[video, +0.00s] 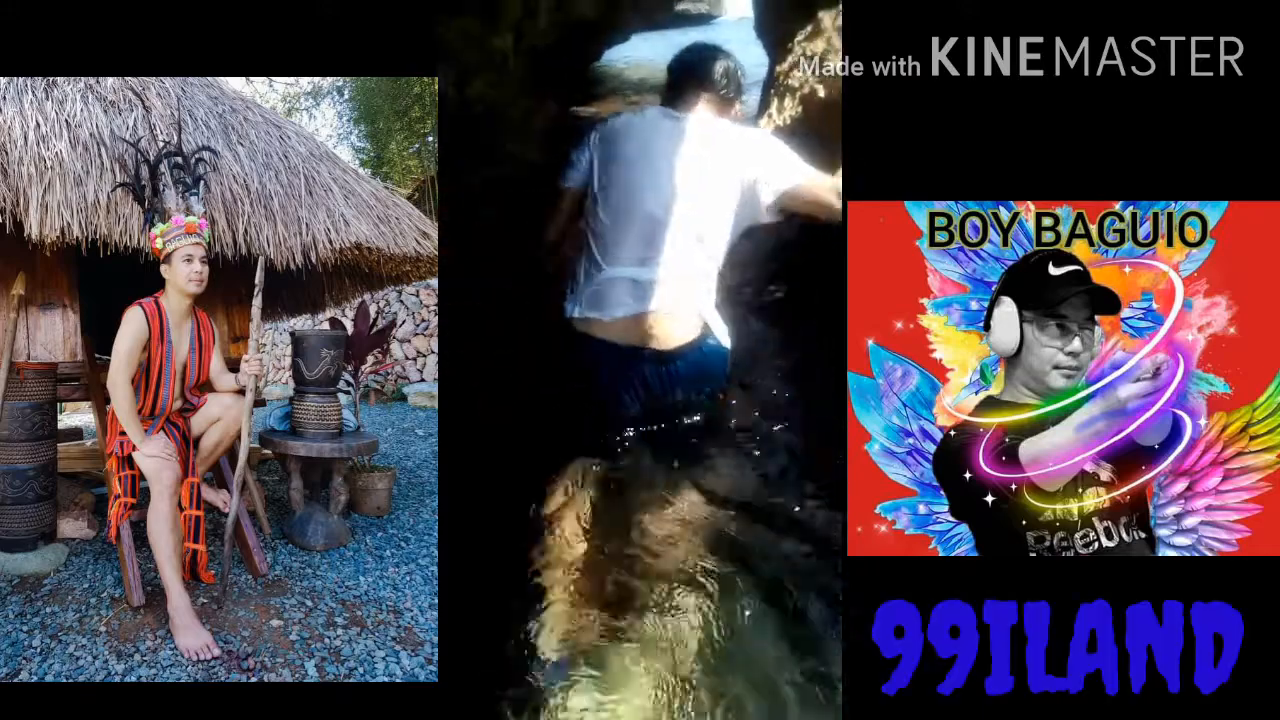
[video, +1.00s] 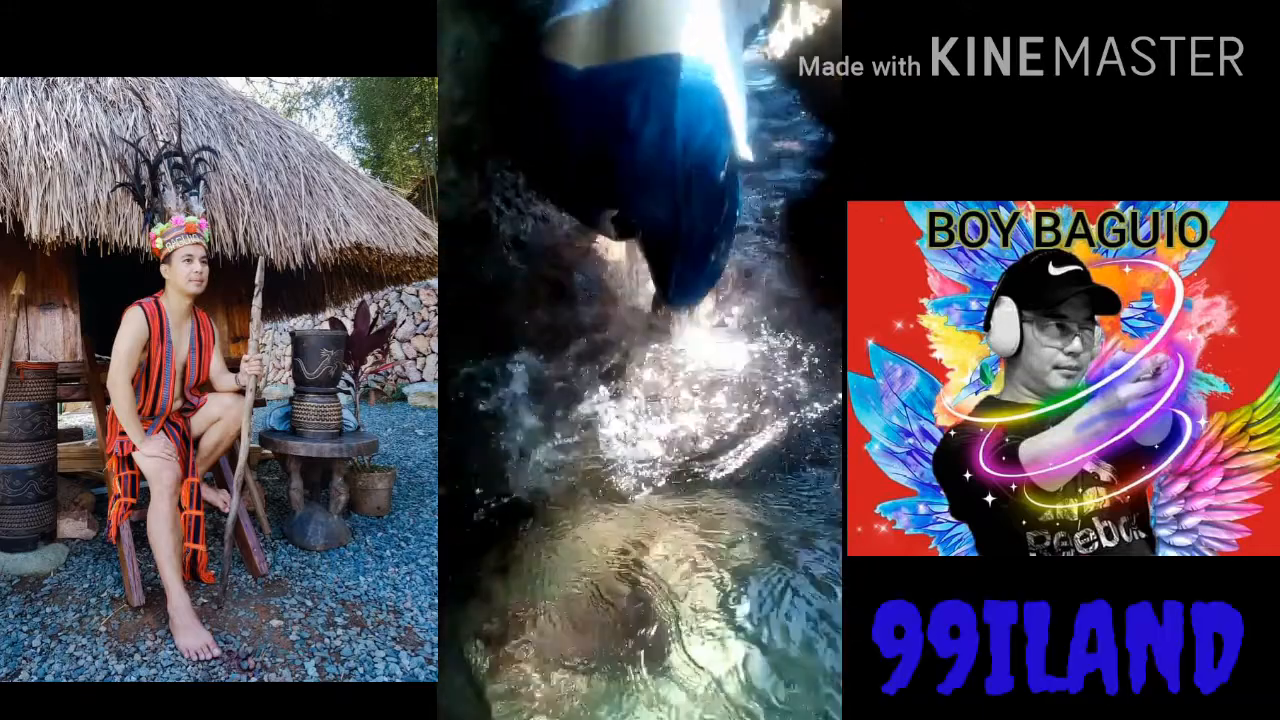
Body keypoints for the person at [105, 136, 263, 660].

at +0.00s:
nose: (198, 268)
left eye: (203, 260)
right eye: (187, 261)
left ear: (207, 266)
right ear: (164, 267)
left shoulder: (206, 323)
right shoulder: (142, 316)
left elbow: (221, 382)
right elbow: (117, 380)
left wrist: (244, 380)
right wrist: (138, 439)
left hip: (180, 420)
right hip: (140, 424)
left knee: (238, 406)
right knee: (169, 477)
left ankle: (191, 478)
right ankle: (179, 607)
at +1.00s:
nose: (198, 269)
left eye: (203, 260)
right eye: (187, 261)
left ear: (207, 266)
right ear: (164, 267)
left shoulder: (206, 323)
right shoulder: (142, 316)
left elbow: (220, 381)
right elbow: (117, 380)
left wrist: (243, 380)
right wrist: (138, 440)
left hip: (180, 419)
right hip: (140, 424)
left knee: (237, 407)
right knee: (169, 476)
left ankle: (191, 479)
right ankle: (179, 605)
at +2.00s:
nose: (198, 268)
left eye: (203, 260)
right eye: (187, 261)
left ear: (207, 267)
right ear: (164, 267)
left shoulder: (205, 323)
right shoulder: (142, 316)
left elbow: (220, 381)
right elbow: (117, 380)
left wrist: (244, 380)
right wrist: (139, 440)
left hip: (180, 419)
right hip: (141, 425)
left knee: (238, 407)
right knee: (169, 477)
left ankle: (191, 478)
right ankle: (179, 607)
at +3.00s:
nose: (198, 268)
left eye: (203, 260)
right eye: (187, 260)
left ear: (208, 267)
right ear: (165, 267)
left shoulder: (206, 324)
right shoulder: (142, 316)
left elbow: (220, 382)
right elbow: (117, 380)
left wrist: (243, 380)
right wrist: (138, 440)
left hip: (180, 419)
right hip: (140, 424)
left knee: (237, 407)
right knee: (169, 477)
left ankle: (191, 478)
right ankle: (179, 606)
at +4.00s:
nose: (198, 268)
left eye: (203, 260)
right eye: (187, 260)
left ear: (208, 267)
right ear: (165, 267)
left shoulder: (206, 324)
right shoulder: (142, 316)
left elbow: (220, 381)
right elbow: (117, 380)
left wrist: (243, 381)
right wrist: (138, 440)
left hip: (180, 419)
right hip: (140, 424)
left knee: (236, 407)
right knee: (169, 476)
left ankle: (191, 478)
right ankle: (179, 605)